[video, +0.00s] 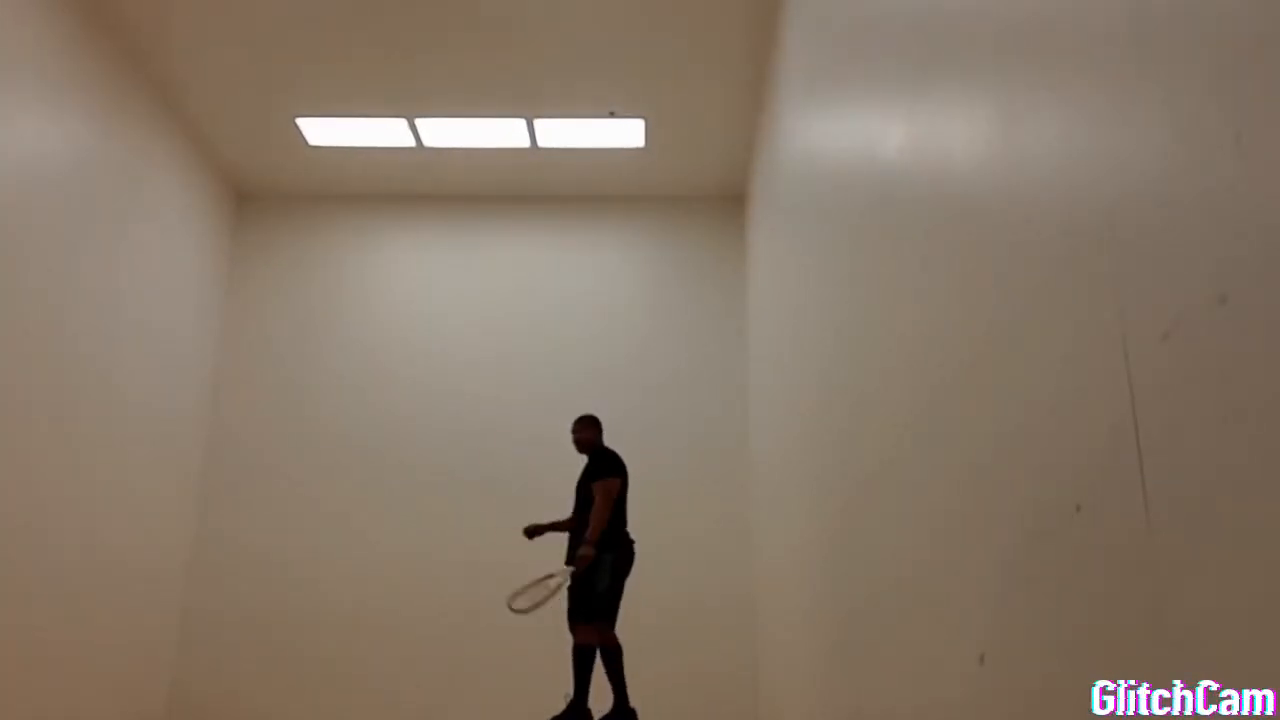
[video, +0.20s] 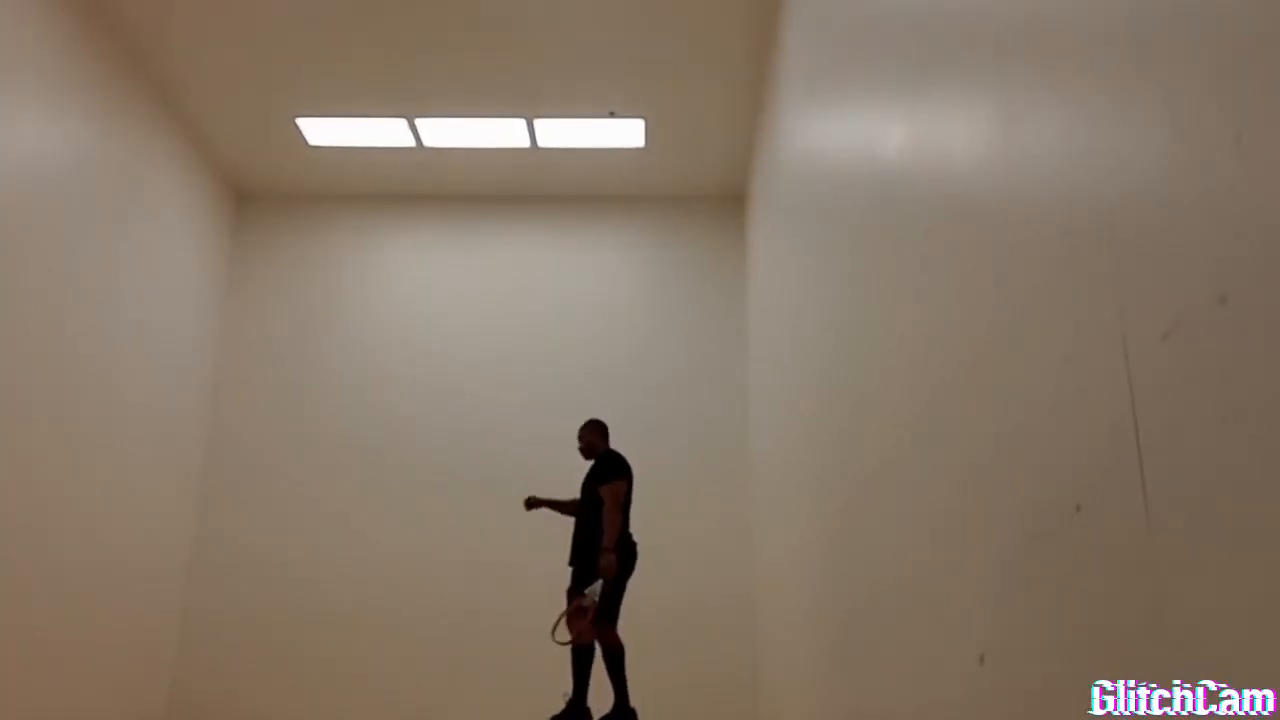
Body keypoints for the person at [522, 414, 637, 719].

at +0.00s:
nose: (576, 439)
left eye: (581, 433)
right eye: (574, 434)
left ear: (595, 433)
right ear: (579, 437)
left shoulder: (605, 463)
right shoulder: (594, 467)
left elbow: (602, 511)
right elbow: (580, 519)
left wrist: (588, 545)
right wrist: (546, 528)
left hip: (602, 554)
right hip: (604, 555)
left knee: (585, 628)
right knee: (602, 629)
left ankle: (579, 705)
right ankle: (622, 706)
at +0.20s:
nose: (580, 447)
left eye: (584, 440)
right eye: (579, 441)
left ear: (599, 438)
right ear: (595, 439)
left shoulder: (613, 465)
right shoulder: (598, 469)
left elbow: (614, 512)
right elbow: (583, 509)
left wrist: (608, 550)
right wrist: (544, 503)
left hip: (611, 556)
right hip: (588, 555)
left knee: (603, 627)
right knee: (581, 627)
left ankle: (622, 705)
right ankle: (578, 704)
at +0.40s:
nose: (586, 452)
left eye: (587, 447)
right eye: (586, 448)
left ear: (594, 444)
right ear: (604, 443)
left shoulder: (614, 465)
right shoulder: (598, 471)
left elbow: (614, 510)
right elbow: (574, 484)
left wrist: (606, 550)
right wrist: (546, 476)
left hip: (614, 558)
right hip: (589, 557)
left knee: (604, 627)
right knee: (579, 626)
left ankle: (622, 705)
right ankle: (577, 704)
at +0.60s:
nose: (582, 458)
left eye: (582, 453)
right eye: (582, 454)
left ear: (587, 447)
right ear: (601, 443)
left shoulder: (609, 460)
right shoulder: (601, 466)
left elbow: (608, 501)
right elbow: (576, 474)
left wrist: (591, 540)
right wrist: (550, 472)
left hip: (609, 552)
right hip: (614, 552)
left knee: (582, 624)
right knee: (606, 627)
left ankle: (577, 704)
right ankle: (622, 705)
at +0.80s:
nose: (574, 457)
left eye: (574, 451)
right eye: (572, 454)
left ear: (583, 445)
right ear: (591, 443)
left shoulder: (606, 459)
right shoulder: (594, 470)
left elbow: (602, 500)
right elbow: (575, 486)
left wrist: (579, 538)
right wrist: (548, 480)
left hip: (610, 551)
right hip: (597, 551)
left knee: (590, 626)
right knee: (595, 626)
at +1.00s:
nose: (564, 446)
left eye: (566, 440)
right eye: (562, 441)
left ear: (581, 436)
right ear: (581, 436)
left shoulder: (596, 458)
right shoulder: (585, 467)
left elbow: (599, 502)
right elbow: (582, 514)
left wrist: (576, 542)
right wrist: (549, 510)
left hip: (602, 551)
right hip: (596, 552)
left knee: (576, 624)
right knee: (602, 625)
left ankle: (577, 705)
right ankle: (623, 705)